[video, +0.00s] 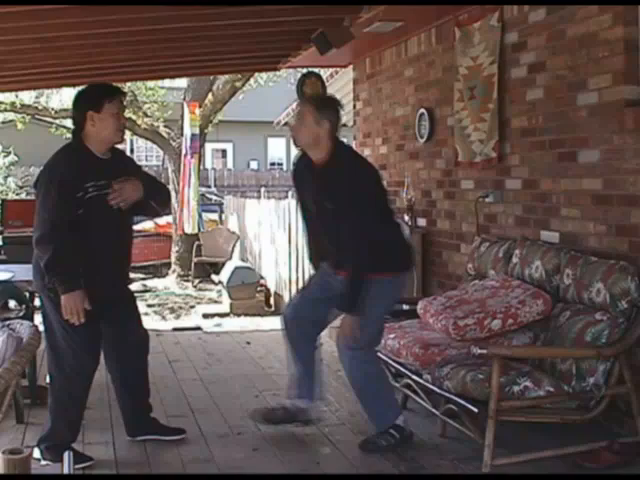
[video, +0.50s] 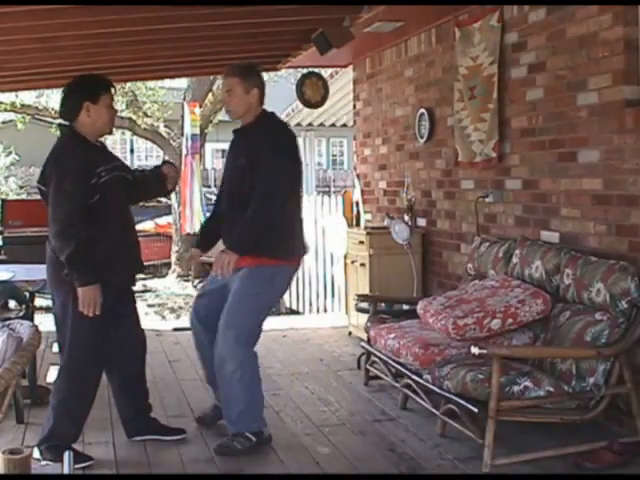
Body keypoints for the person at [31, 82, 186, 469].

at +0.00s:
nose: (124, 119)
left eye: (123, 112)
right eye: (117, 113)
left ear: (105, 120)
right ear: (91, 119)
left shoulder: (121, 163)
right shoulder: (61, 168)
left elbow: (162, 200)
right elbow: (47, 235)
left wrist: (142, 191)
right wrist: (67, 287)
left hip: (111, 281)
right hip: (67, 284)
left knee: (132, 347)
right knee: (75, 364)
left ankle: (139, 422)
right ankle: (54, 444)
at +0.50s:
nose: (116, 112)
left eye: (114, 104)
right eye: (110, 105)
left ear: (90, 110)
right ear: (88, 109)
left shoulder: (96, 152)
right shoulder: (69, 155)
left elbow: (126, 188)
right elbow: (64, 226)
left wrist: (163, 176)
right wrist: (85, 279)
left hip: (112, 277)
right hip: (81, 282)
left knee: (128, 352)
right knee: (81, 365)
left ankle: (138, 422)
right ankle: (54, 444)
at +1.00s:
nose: (116, 111)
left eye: (115, 103)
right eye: (111, 103)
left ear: (88, 109)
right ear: (90, 108)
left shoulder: (93, 151)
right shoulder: (73, 154)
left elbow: (127, 189)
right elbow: (78, 223)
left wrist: (171, 172)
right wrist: (112, 269)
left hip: (108, 276)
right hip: (81, 279)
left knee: (128, 349)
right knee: (81, 363)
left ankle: (139, 423)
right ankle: (54, 445)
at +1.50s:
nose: (138, 120)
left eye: (138, 112)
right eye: (135, 112)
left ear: (112, 113)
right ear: (115, 113)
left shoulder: (105, 153)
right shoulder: (89, 154)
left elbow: (138, 191)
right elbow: (85, 222)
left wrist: (188, 179)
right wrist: (117, 268)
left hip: (109, 275)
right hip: (82, 277)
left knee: (131, 345)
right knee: (81, 363)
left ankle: (139, 422)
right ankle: (54, 446)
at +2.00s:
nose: (145, 121)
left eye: (144, 113)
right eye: (140, 113)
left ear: (118, 116)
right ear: (118, 114)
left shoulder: (119, 159)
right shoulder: (86, 159)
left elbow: (141, 209)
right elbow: (87, 226)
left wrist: (190, 213)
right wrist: (128, 264)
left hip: (110, 274)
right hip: (75, 277)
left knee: (129, 347)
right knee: (76, 363)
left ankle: (139, 423)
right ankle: (54, 445)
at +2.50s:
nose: (122, 112)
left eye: (119, 105)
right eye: (114, 106)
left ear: (95, 113)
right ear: (91, 111)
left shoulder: (104, 157)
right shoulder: (72, 157)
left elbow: (130, 205)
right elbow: (92, 223)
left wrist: (179, 210)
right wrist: (148, 242)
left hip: (107, 276)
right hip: (74, 280)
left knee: (128, 348)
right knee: (77, 363)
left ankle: (139, 423)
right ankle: (55, 445)